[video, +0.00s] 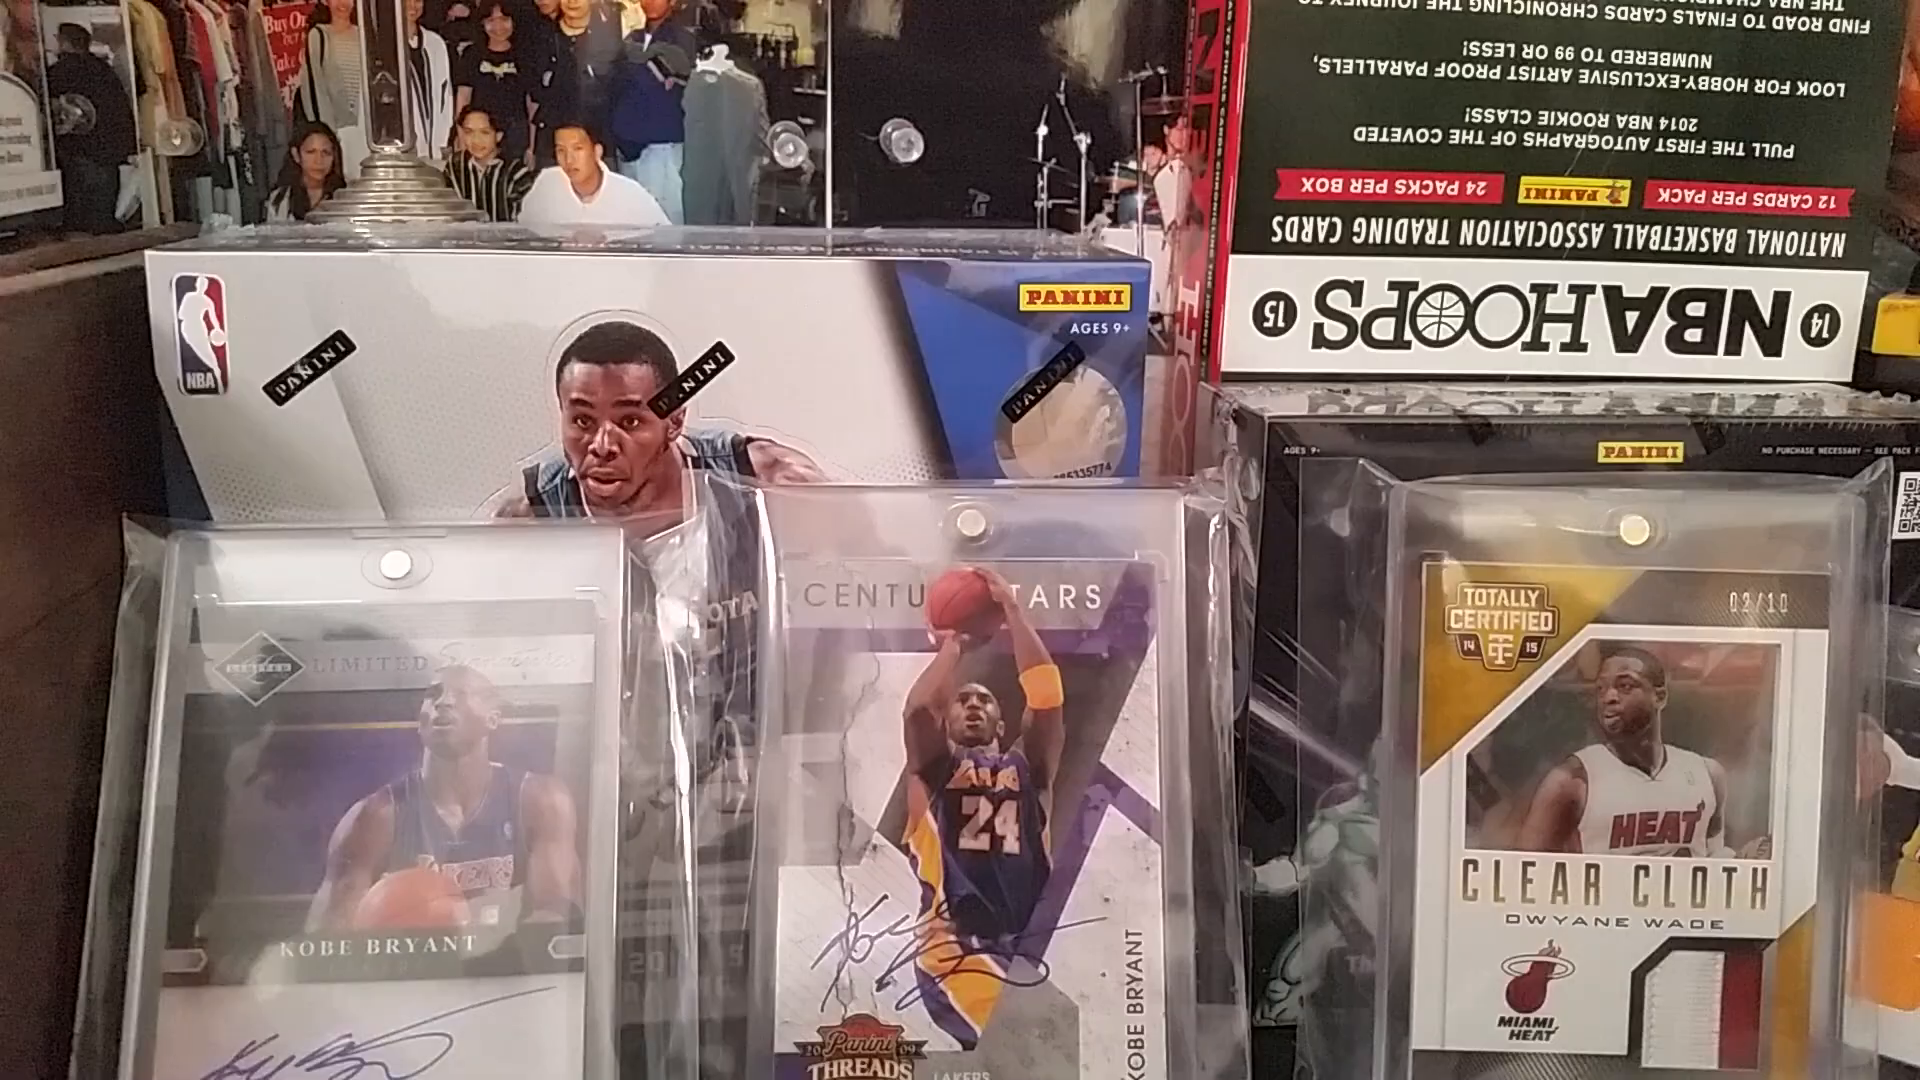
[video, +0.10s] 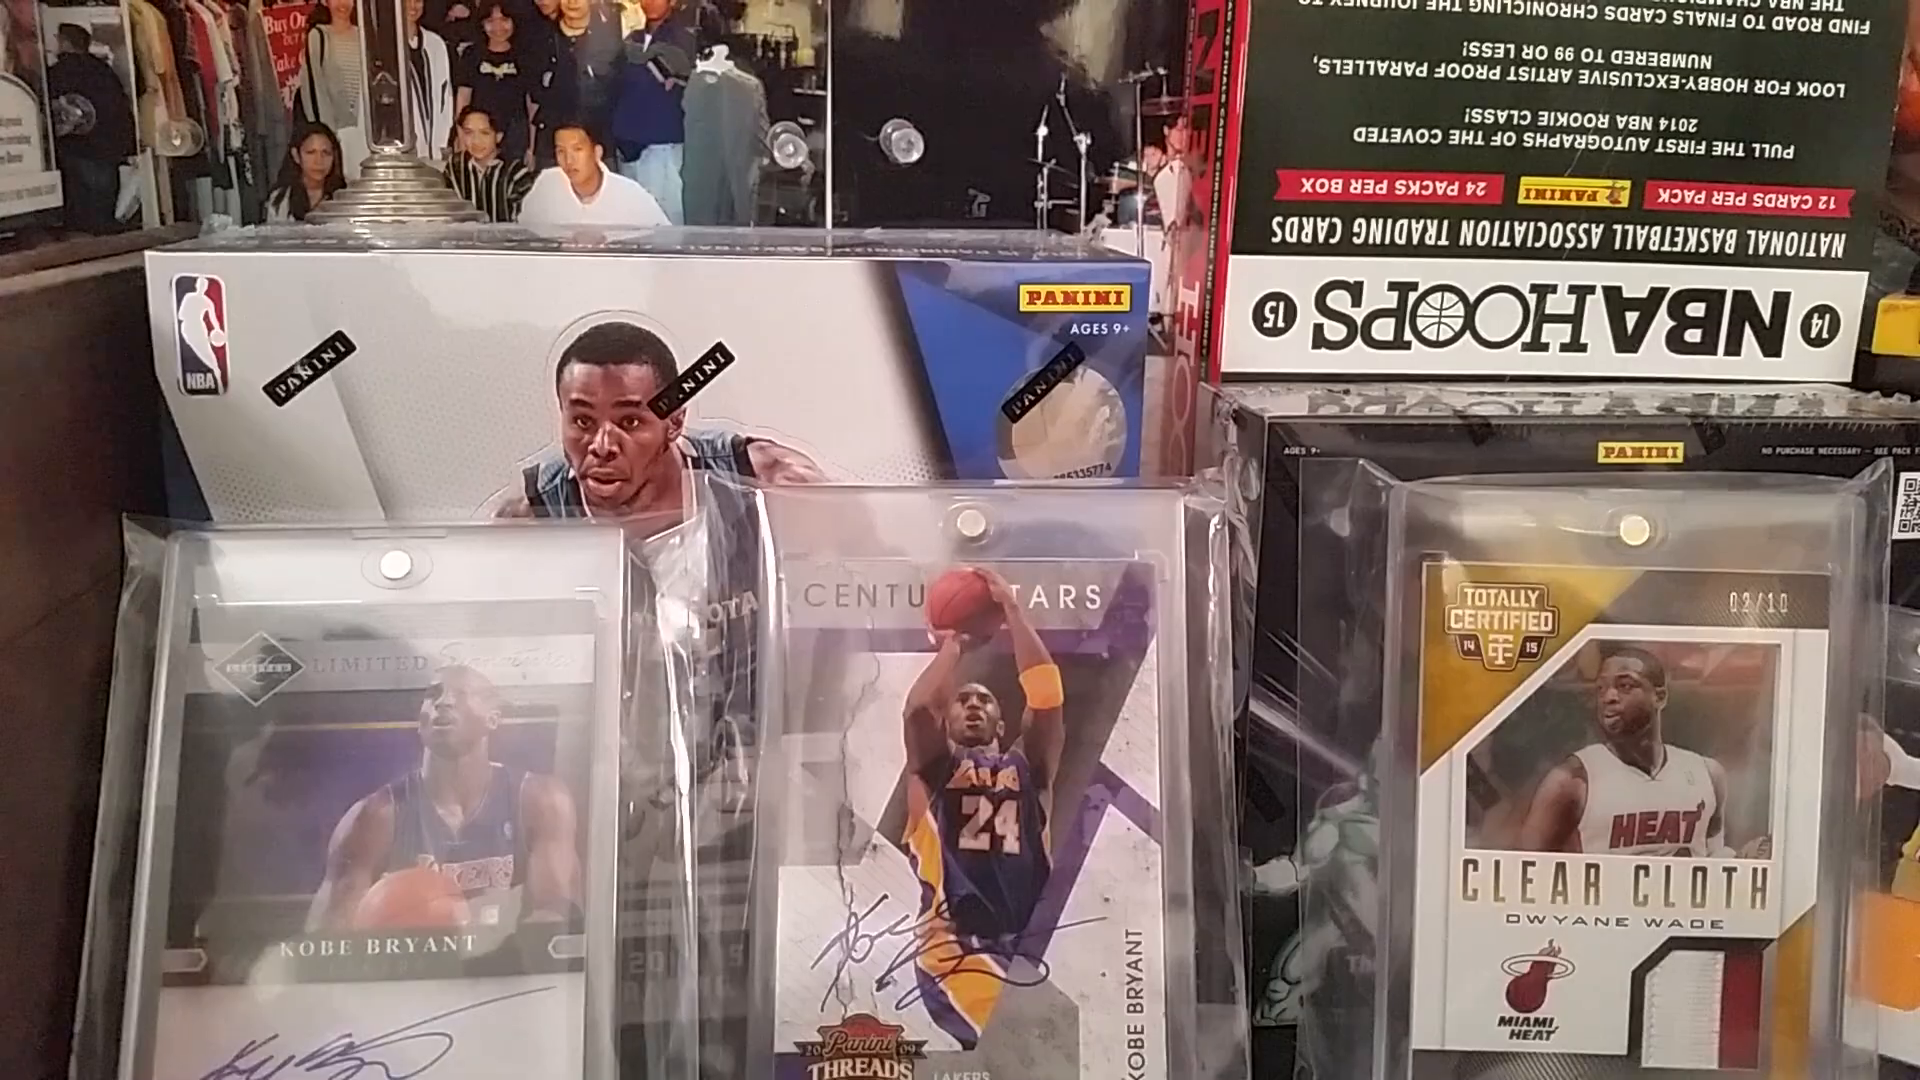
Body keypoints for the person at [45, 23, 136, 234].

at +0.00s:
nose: (57, 46)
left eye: (59, 42)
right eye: (58, 42)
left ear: (64, 44)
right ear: (86, 44)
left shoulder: (56, 73)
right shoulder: (104, 69)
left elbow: (44, 114)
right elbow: (122, 109)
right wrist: (128, 149)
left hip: (73, 154)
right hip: (107, 152)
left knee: (76, 213)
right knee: (105, 214)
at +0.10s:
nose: (57, 45)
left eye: (59, 41)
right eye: (58, 41)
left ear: (64, 43)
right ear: (86, 45)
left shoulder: (54, 74)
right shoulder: (104, 70)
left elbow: (46, 115)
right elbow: (122, 109)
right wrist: (128, 148)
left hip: (71, 151)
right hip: (107, 149)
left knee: (77, 211)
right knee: (105, 212)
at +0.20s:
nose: (57, 45)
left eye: (59, 41)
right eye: (58, 41)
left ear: (64, 43)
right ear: (86, 45)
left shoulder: (54, 73)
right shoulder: (105, 70)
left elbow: (43, 116)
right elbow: (123, 111)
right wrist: (129, 149)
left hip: (71, 154)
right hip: (106, 152)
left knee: (76, 212)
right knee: (105, 213)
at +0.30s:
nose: (58, 46)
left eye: (60, 42)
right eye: (59, 42)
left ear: (64, 44)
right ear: (86, 45)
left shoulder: (53, 74)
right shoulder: (105, 71)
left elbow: (45, 116)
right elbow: (121, 112)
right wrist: (127, 150)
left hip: (70, 153)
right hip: (105, 152)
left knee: (76, 214)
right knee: (105, 215)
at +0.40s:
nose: (58, 47)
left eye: (59, 43)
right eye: (59, 43)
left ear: (64, 44)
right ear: (86, 45)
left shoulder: (53, 73)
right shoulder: (106, 72)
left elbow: (46, 117)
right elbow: (122, 111)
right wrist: (127, 149)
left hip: (71, 153)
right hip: (106, 152)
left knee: (76, 215)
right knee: (105, 215)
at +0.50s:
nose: (57, 45)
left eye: (59, 41)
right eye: (58, 41)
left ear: (64, 43)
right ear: (86, 44)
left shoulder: (54, 73)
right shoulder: (104, 70)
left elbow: (48, 116)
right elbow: (122, 110)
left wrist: (52, 153)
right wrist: (127, 148)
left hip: (73, 153)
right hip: (107, 150)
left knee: (77, 216)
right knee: (106, 215)